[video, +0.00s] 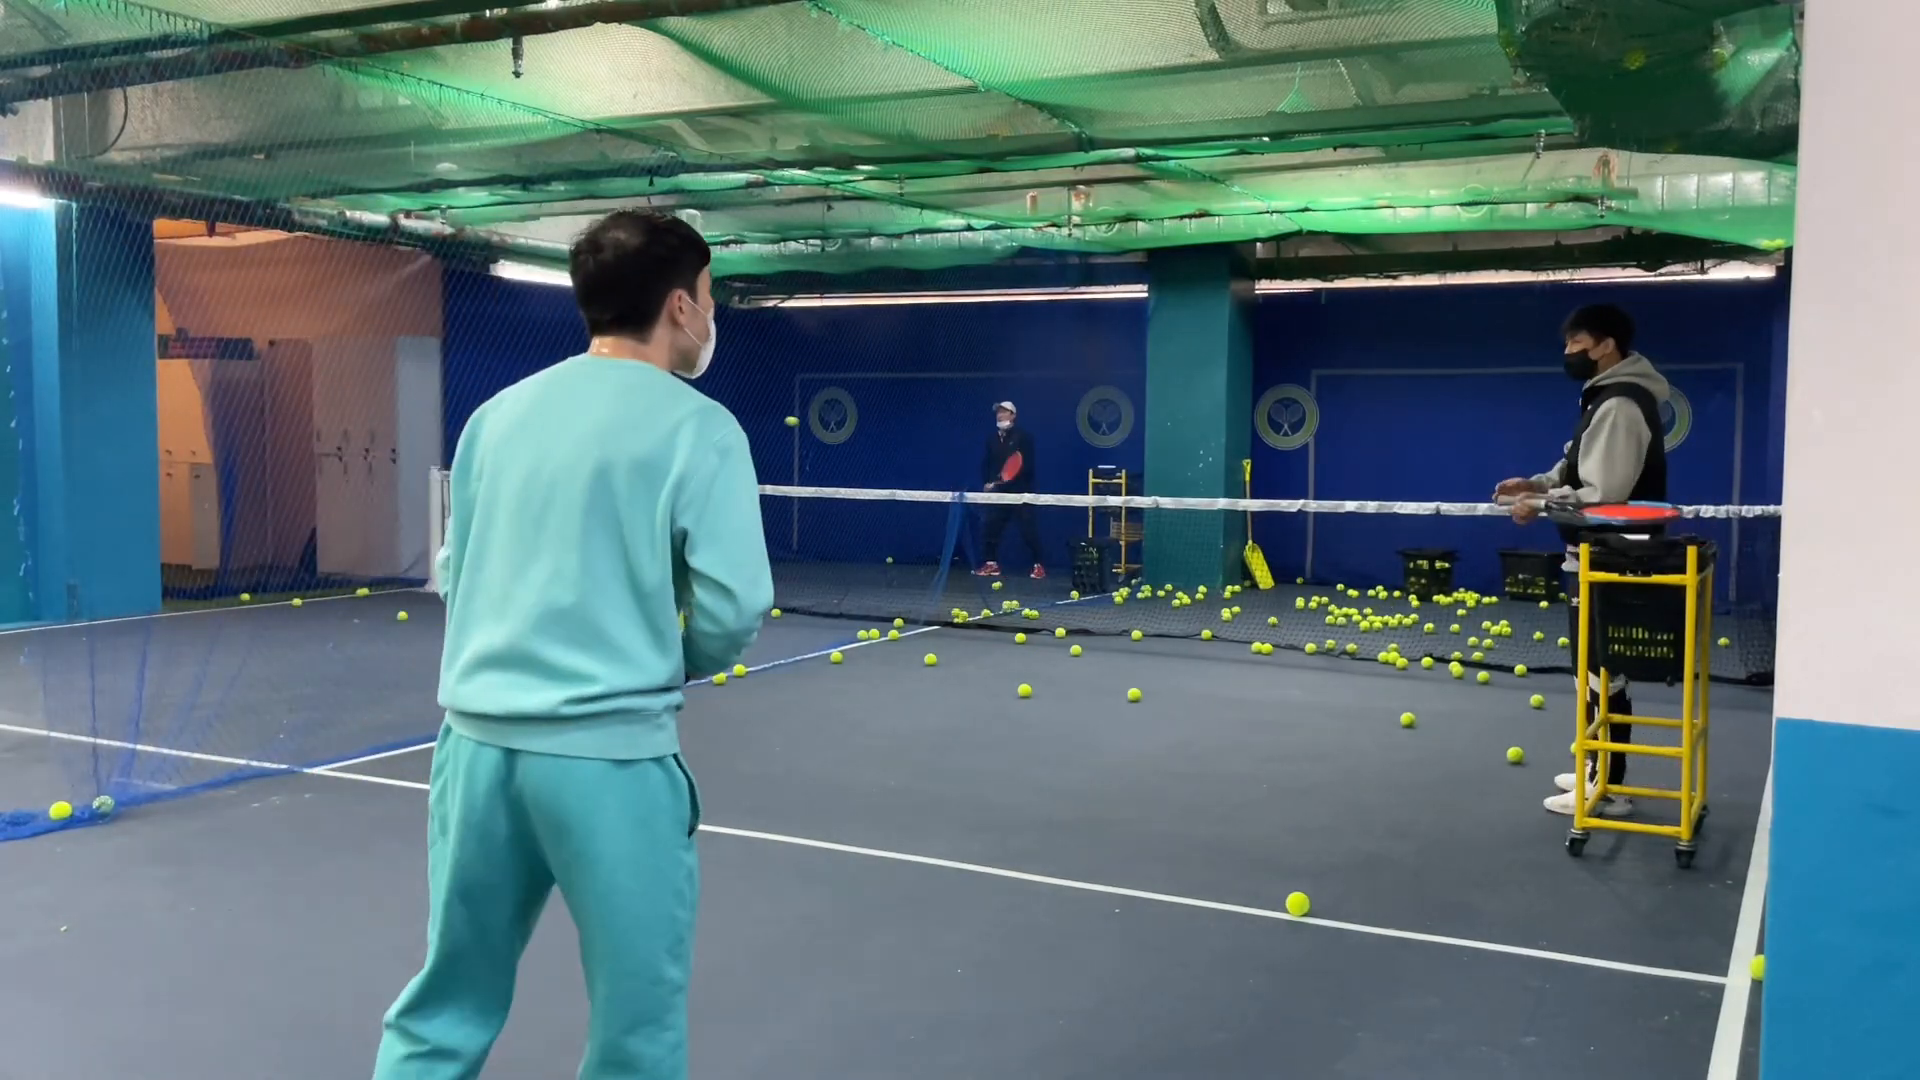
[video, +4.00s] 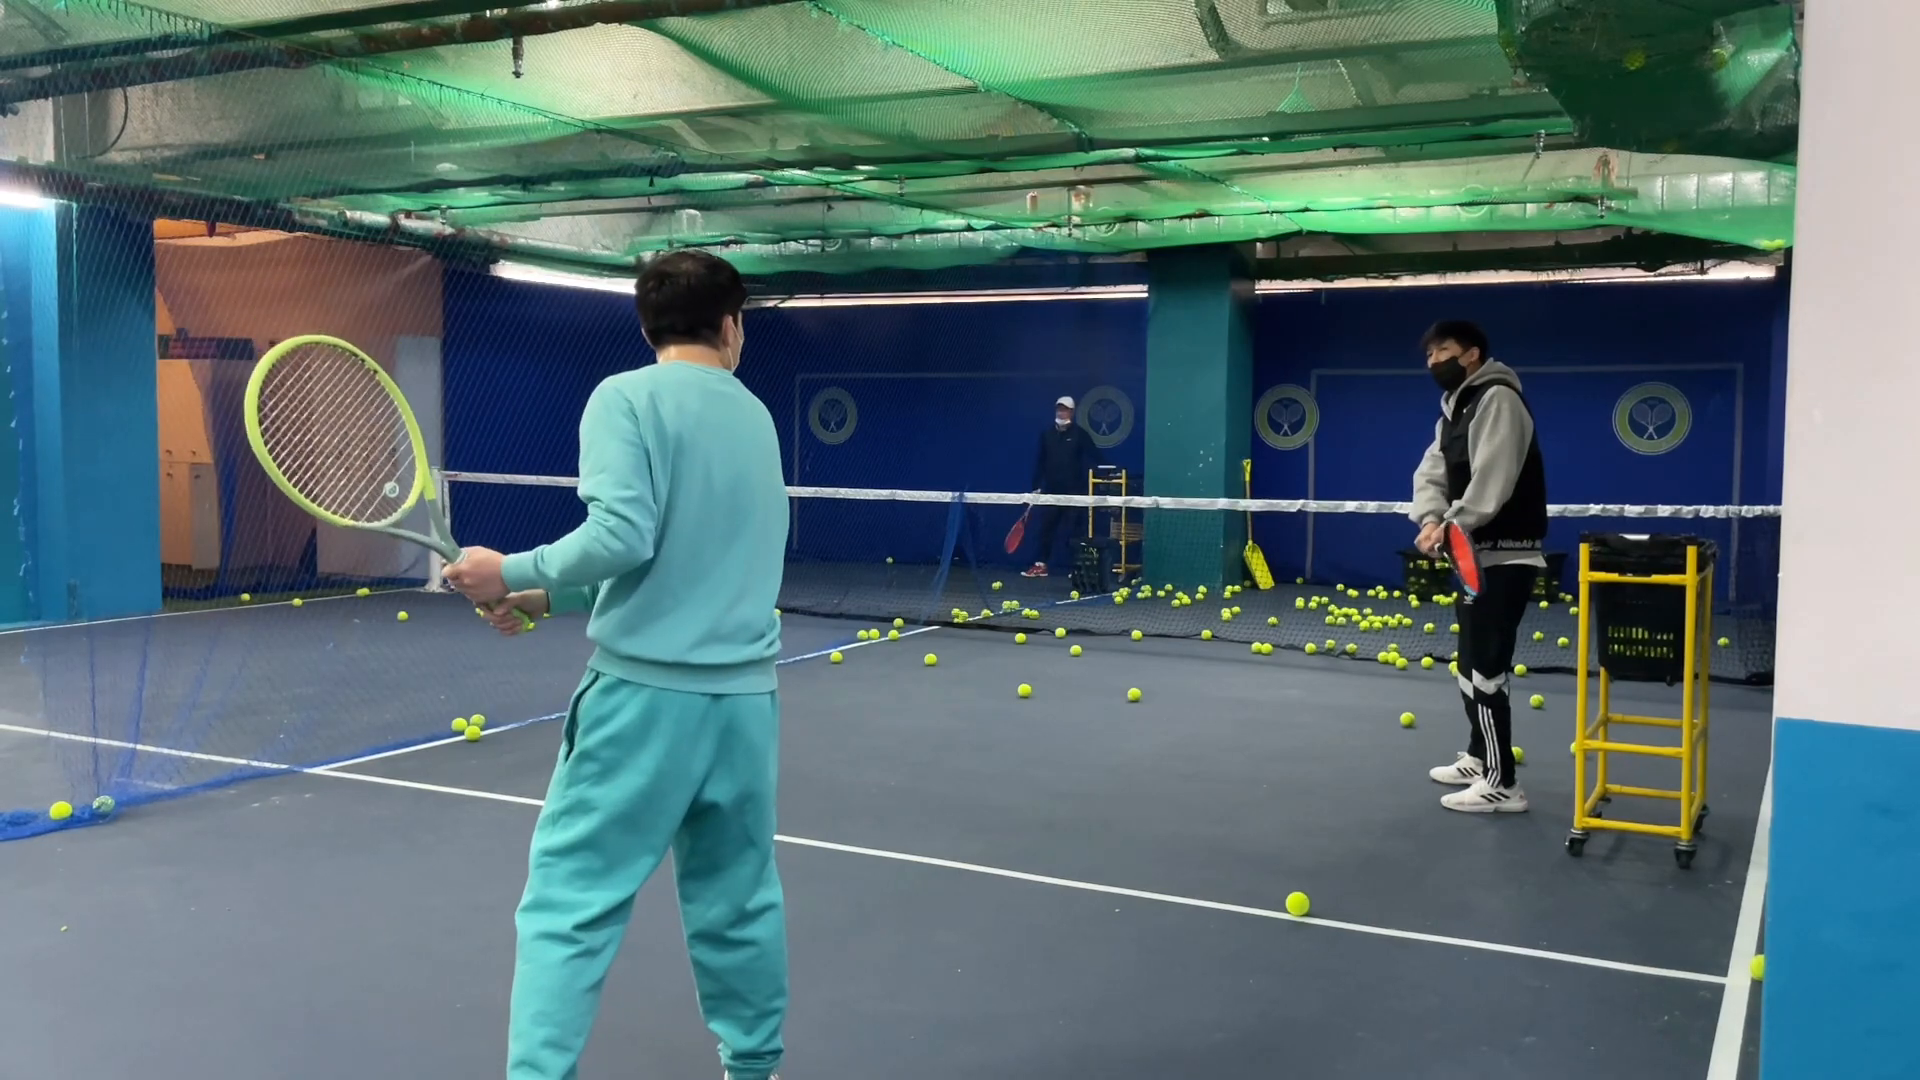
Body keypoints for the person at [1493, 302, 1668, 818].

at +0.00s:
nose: (1569, 350)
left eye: (1578, 341)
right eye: (1568, 342)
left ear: (1608, 344)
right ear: (1601, 348)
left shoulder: (1619, 405)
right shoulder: (1603, 399)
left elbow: (1604, 492)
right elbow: (1576, 469)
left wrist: (1543, 504)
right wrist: (1535, 484)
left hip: (1612, 557)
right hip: (1596, 553)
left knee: (1602, 669)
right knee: (1594, 665)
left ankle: (1606, 785)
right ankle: (1598, 768)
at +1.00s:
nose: (1543, 358)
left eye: (1550, 349)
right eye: (1543, 350)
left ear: (1579, 348)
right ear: (1583, 351)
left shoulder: (1577, 403)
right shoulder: (1606, 399)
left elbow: (1546, 475)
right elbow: (1566, 479)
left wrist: (1492, 492)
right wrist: (1507, 497)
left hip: (1566, 556)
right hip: (1598, 554)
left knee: (1532, 664)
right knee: (1579, 665)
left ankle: (1526, 779)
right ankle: (1590, 771)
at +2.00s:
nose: (1444, 371)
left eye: (1448, 361)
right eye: (1441, 364)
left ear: (1476, 354)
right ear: (1462, 362)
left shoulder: (1522, 398)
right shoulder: (1460, 415)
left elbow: (1514, 460)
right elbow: (1439, 483)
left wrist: (1449, 455)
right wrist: (1419, 472)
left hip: (1522, 555)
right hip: (1487, 557)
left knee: (1501, 673)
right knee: (1479, 666)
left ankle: (1502, 786)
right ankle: (1480, 760)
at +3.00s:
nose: (1438, 367)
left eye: (1444, 356)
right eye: (1433, 361)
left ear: (1473, 352)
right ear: (1436, 365)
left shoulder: (1497, 402)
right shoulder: (1464, 401)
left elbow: (1479, 473)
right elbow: (1441, 451)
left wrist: (1435, 495)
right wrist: (1412, 476)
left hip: (1497, 556)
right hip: (1468, 554)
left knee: (1481, 670)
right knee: (1465, 667)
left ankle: (1502, 786)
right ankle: (1478, 760)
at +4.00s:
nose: (1433, 361)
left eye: (1442, 352)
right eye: (1429, 356)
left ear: (1474, 353)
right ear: (1438, 364)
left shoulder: (1499, 400)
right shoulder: (1456, 406)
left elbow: (1494, 476)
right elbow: (1432, 470)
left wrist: (1452, 523)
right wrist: (1431, 516)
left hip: (1507, 557)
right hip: (1478, 557)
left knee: (1485, 672)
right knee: (1471, 667)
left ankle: (1501, 786)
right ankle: (1482, 760)